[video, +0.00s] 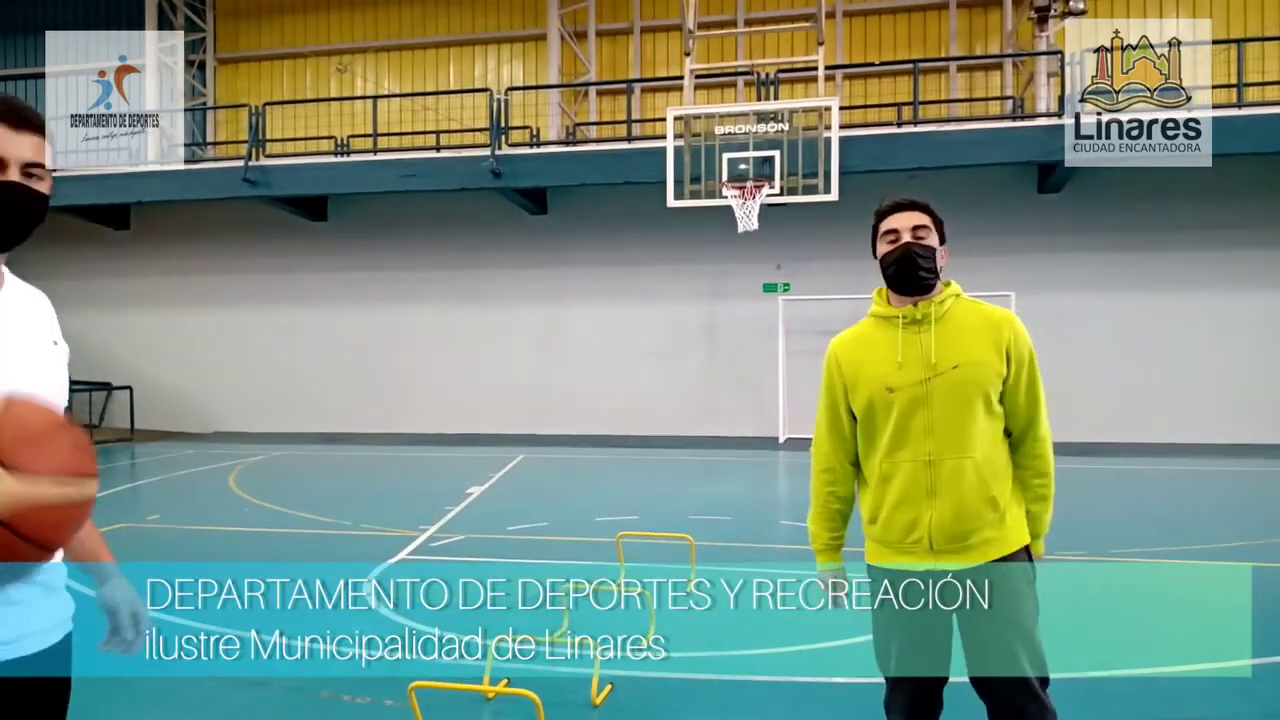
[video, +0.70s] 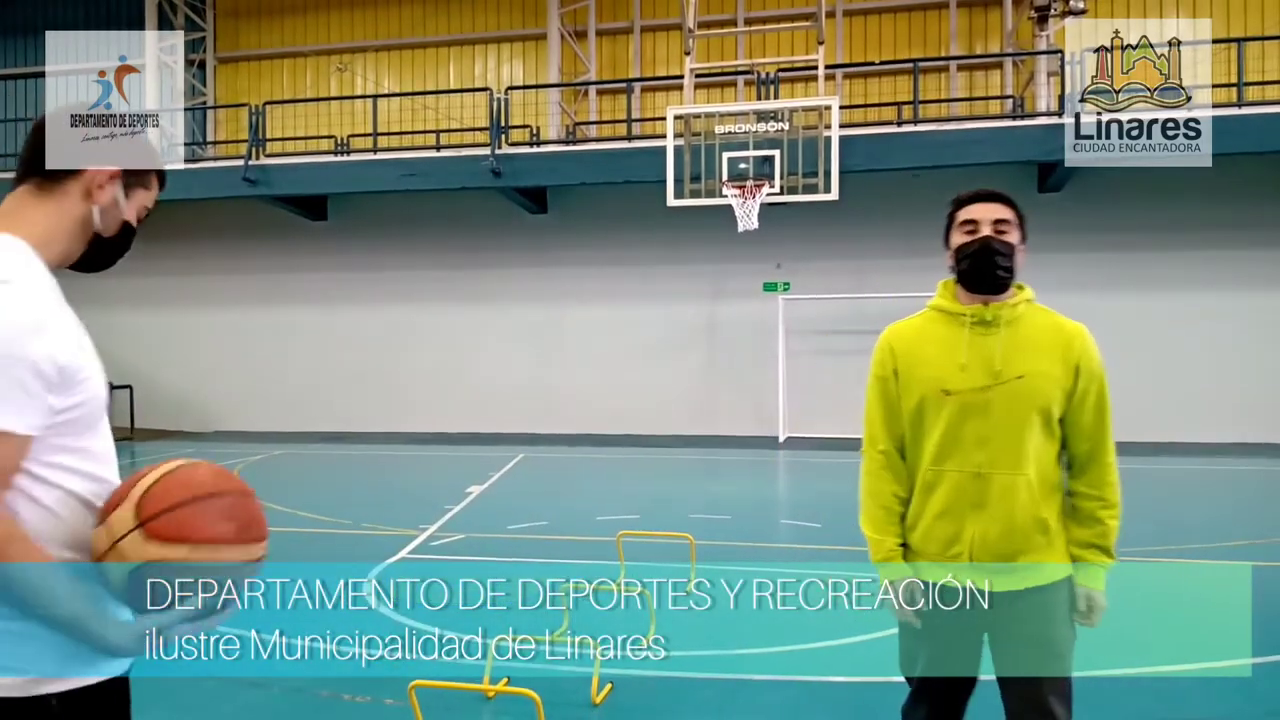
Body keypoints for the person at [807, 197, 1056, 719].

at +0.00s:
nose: (906, 241)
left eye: (919, 232)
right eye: (891, 236)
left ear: (943, 252)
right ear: (877, 259)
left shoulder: (1000, 330)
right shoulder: (849, 350)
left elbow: (1031, 439)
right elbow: (833, 458)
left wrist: (1033, 536)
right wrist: (828, 552)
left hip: (993, 551)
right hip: (899, 557)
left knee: (1019, 700)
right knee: (910, 703)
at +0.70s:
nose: (986, 236)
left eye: (1002, 227)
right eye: (969, 228)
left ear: (1021, 249)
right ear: (949, 251)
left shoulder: (1067, 342)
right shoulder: (902, 343)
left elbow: (1093, 465)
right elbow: (883, 460)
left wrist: (1091, 565)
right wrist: (889, 559)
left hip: (1037, 572)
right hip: (935, 571)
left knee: (1043, 712)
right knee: (931, 709)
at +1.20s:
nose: (1042, 226)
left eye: (1063, 217)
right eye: (1027, 214)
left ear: (1085, 245)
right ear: (1008, 234)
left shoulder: (1132, 343)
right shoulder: (952, 336)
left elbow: (1178, 472)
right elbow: (920, 452)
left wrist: (1182, 590)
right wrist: (902, 548)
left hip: (1071, 599)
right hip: (961, 594)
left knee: (1067, 714)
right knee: (951, 713)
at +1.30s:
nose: (1039, 225)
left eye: (1060, 216)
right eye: (1024, 213)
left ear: (1084, 244)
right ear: (1006, 233)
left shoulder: (1131, 343)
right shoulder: (950, 335)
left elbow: (1174, 475)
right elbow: (919, 458)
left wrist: (1170, 595)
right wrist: (909, 561)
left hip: (1072, 603)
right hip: (961, 599)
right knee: (959, 713)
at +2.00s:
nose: (948, 217)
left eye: (965, 204)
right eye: (928, 210)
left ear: (993, 228)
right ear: (912, 238)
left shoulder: (1066, 326)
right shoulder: (874, 349)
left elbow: (1117, 459)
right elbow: (848, 475)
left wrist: (1126, 576)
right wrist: (850, 578)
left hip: (1057, 615)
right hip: (933, 621)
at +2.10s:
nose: (948, 215)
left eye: (965, 202)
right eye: (928, 207)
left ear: (992, 225)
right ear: (911, 235)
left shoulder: (1067, 324)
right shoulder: (873, 347)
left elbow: (1115, 458)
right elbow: (861, 480)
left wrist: (1121, 575)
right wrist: (889, 590)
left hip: (1059, 613)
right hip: (935, 619)